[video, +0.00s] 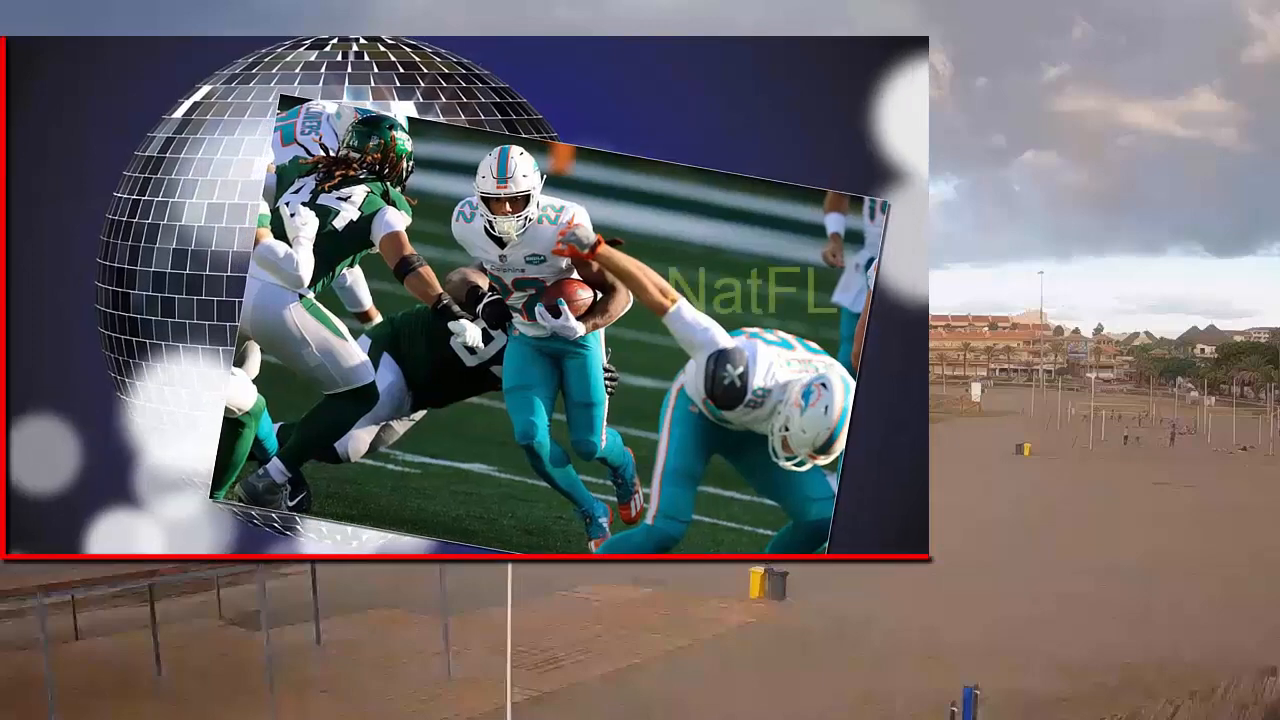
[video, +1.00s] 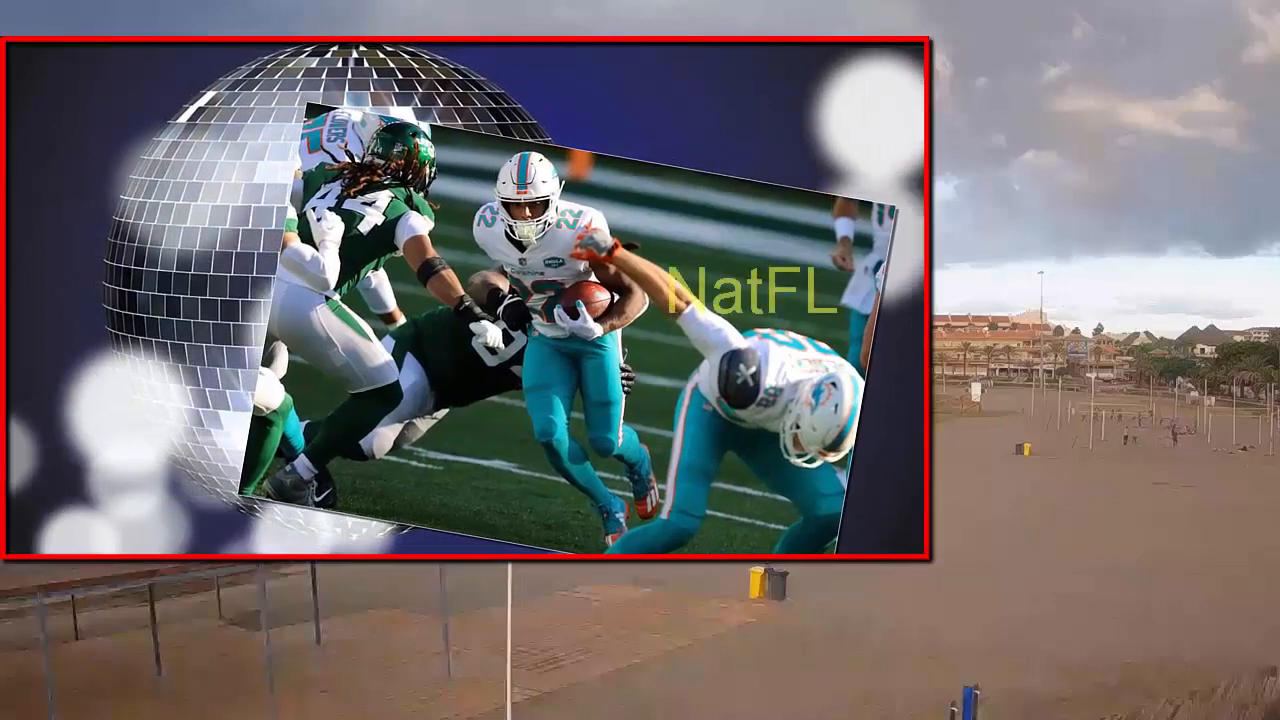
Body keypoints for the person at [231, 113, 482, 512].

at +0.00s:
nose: (406, 167)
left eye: (405, 159)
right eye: (404, 159)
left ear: (347, 147)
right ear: (391, 160)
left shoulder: (300, 171)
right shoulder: (379, 204)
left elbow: (244, 192)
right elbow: (406, 264)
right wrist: (448, 309)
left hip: (230, 280)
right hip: (280, 300)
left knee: (235, 379)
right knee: (360, 391)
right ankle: (271, 477)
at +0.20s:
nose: (409, 171)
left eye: (408, 163)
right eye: (407, 163)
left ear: (353, 146)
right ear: (397, 164)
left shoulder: (305, 170)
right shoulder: (386, 201)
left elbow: (248, 187)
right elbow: (411, 265)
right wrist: (456, 309)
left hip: (238, 281)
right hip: (286, 300)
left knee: (246, 365)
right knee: (364, 389)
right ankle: (278, 474)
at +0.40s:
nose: (415, 171)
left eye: (414, 162)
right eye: (412, 163)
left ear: (357, 149)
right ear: (401, 163)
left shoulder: (313, 174)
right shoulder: (389, 204)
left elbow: (259, 187)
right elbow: (415, 265)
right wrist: (459, 312)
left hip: (240, 281)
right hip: (291, 301)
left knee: (248, 378)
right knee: (369, 389)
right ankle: (284, 474)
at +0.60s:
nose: (419, 173)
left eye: (419, 165)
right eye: (417, 165)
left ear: (361, 151)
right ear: (405, 166)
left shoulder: (314, 174)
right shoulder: (394, 208)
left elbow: (259, 198)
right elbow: (420, 267)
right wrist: (462, 311)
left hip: (244, 281)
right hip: (296, 300)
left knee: (250, 390)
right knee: (375, 390)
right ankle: (288, 474)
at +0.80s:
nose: (423, 173)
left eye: (422, 165)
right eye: (421, 165)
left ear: (367, 152)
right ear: (410, 166)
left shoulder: (319, 175)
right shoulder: (397, 207)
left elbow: (265, 199)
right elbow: (424, 266)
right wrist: (465, 310)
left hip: (253, 283)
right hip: (302, 301)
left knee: (263, 367)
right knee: (379, 389)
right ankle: (296, 472)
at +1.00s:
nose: (428, 175)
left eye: (427, 167)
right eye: (426, 167)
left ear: (372, 153)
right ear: (414, 167)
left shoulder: (323, 176)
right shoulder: (401, 209)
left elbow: (270, 204)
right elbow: (429, 267)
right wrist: (471, 314)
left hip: (258, 283)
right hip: (307, 302)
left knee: (266, 372)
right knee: (384, 389)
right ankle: (300, 472)